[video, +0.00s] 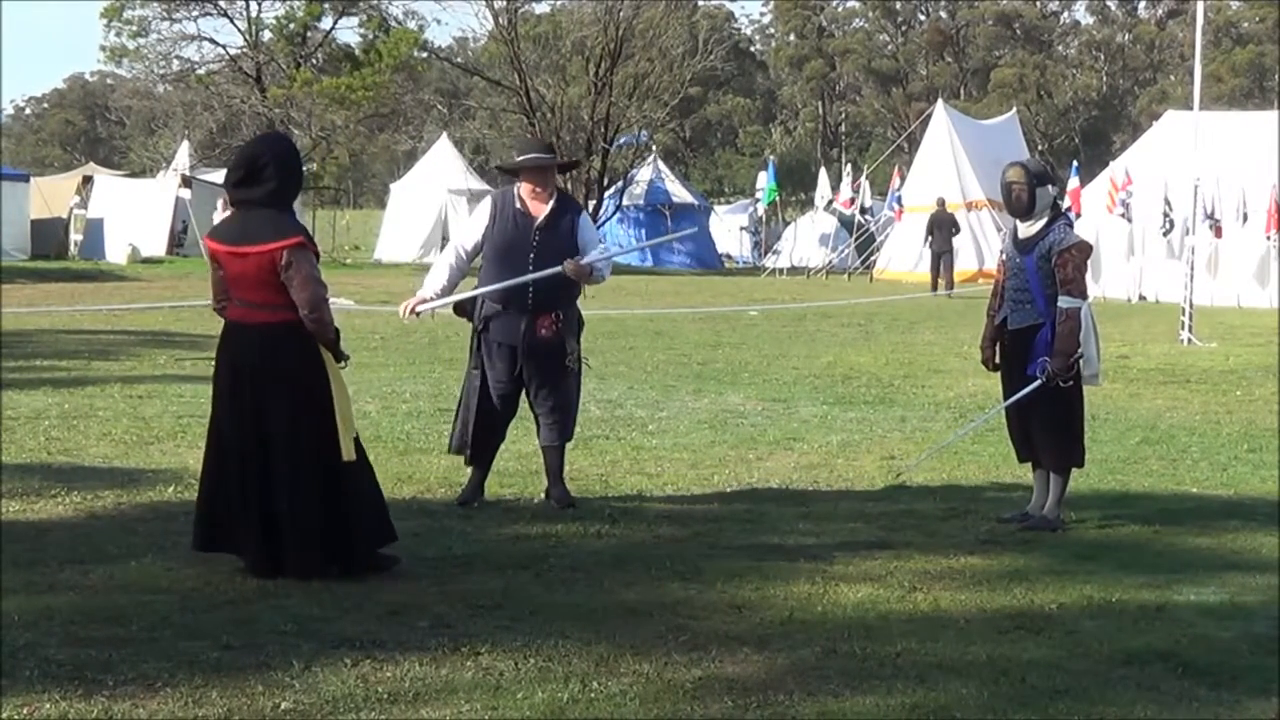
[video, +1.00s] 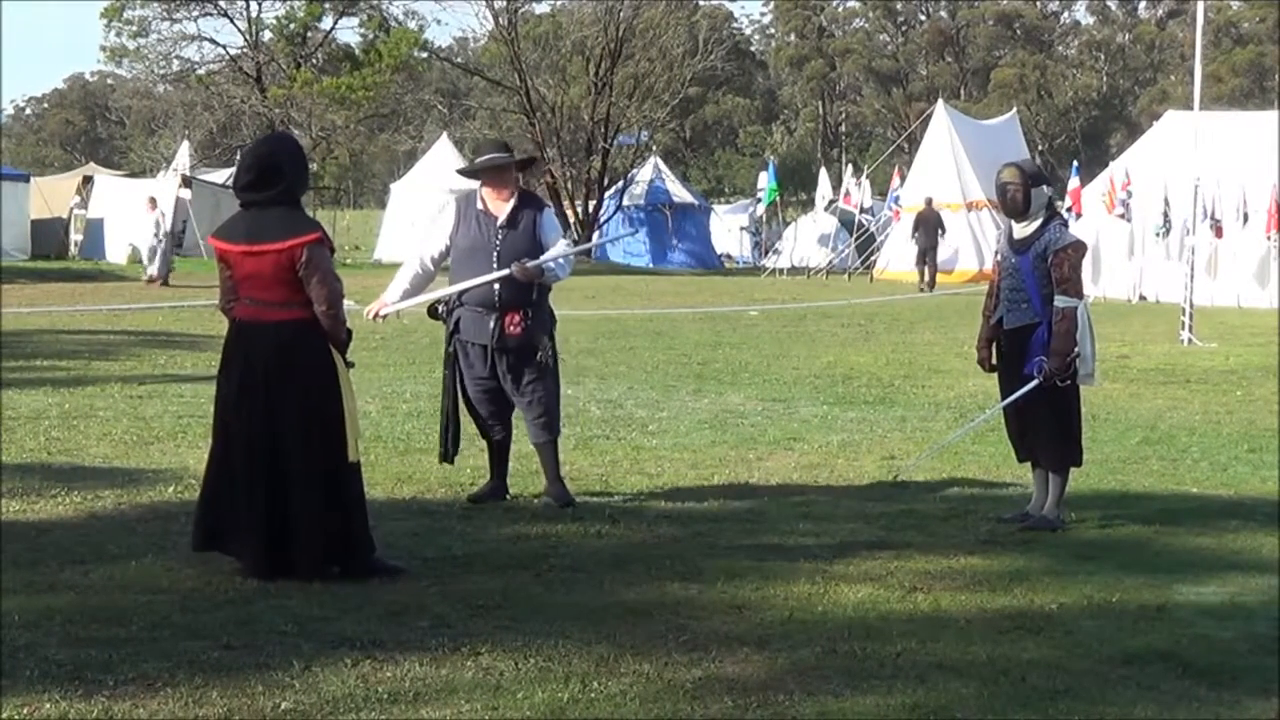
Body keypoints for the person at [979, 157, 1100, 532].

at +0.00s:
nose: (1013, 196)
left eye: (1021, 189)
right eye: (1009, 189)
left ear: (1044, 192)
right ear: (1005, 193)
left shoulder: (1063, 236)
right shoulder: (1013, 234)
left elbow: (1072, 300)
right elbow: (1002, 288)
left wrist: (1063, 353)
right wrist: (990, 334)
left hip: (1050, 337)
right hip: (1016, 337)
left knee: (1054, 417)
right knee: (1027, 415)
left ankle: (1053, 508)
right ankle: (1039, 501)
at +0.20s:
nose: (1012, 196)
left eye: (1020, 190)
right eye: (1008, 189)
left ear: (1043, 193)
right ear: (1005, 194)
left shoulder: (1061, 236)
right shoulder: (1013, 234)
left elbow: (1071, 300)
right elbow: (1001, 288)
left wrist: (1062, 354)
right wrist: (990, 334)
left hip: (1049, 337)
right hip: (1015, 337)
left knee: (1053, 417)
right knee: (1027, 415)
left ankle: (1053, 508)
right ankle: (1038, 501)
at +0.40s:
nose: (1010, 197)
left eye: (1018, 190)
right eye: (1007, 190)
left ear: (1042, 193)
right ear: (1004, 194)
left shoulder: (1061, 238)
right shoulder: (1012, 235)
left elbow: (1069, 301)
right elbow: (1001, 289)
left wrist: (1060, 354)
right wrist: (990, 335)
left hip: (1048, 337)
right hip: (1014, 338)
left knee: (1053, 418)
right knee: (1026, 416)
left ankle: (1053, 508)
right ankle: (1038, 502)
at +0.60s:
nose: (1009, 197)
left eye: (1017, 190)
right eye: (1006, 190)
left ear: (1040, 193)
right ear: (1003, 194)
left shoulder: (1060, 237)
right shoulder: (1010, 235)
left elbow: (1068, 301)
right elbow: (999, 289)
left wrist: (1059, 354)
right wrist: (988, 335)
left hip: (1047, 337)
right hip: (1013, 338)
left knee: (1052, 416)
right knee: (1026, 415)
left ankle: (1053, 507)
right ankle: (1038, 501)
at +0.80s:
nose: (1007, 197)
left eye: (1015, 190)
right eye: (1004, 190)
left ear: (1038, 194)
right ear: (1001, 194)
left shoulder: (1058, 237)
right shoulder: (1009, 235)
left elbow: (1068, 301)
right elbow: (998, 289)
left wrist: (1059, 354)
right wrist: (987, 335)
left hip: (1046, 337)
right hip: (1013, 338)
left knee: (1052, 417)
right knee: (1026, 416)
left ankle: (1053, 507)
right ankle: (1038, 501)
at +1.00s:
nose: (1006, 197)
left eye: (1014, 190)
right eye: (1002, 190)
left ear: (1037, 193)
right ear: (999, 194)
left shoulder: (1057, 237)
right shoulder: (1008, 234)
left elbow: (1067, 300)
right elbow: (997, 288)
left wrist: (1060, 354)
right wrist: (986, 335)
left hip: (1046, 337)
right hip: (1013, 338)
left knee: (1052, 417)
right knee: (1026, 416)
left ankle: (1053, 507)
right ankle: (1038, 501)